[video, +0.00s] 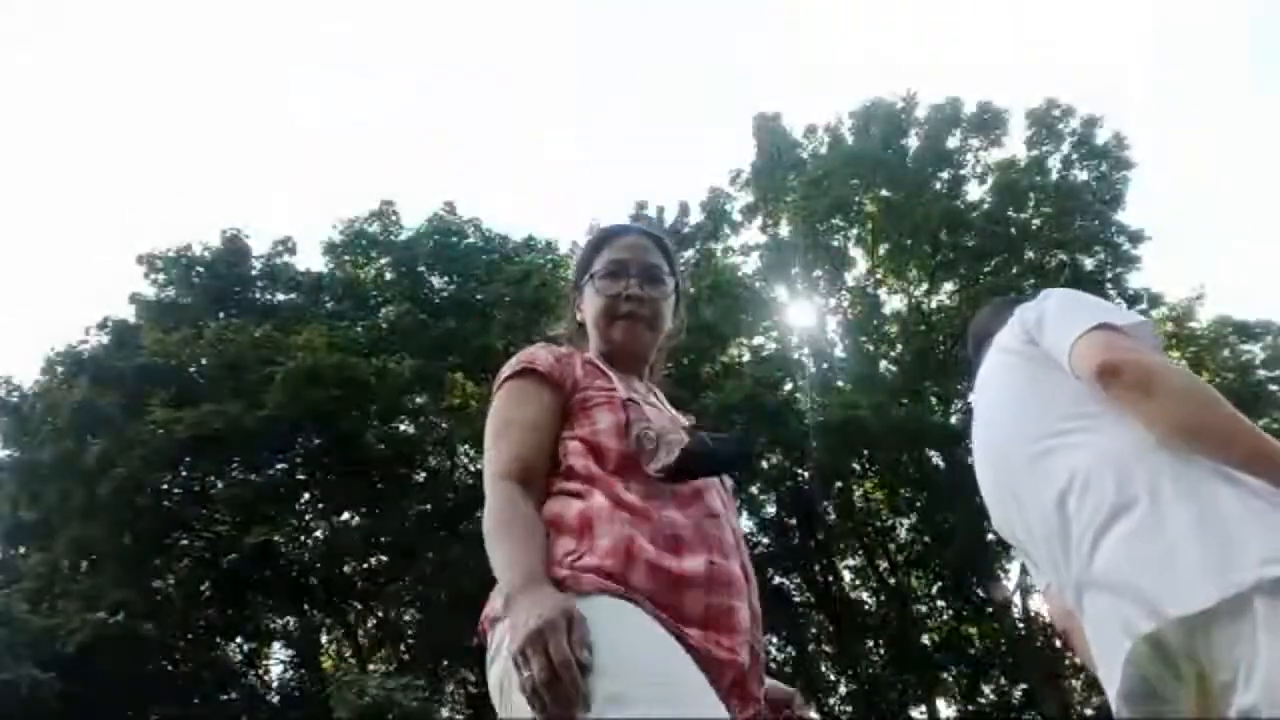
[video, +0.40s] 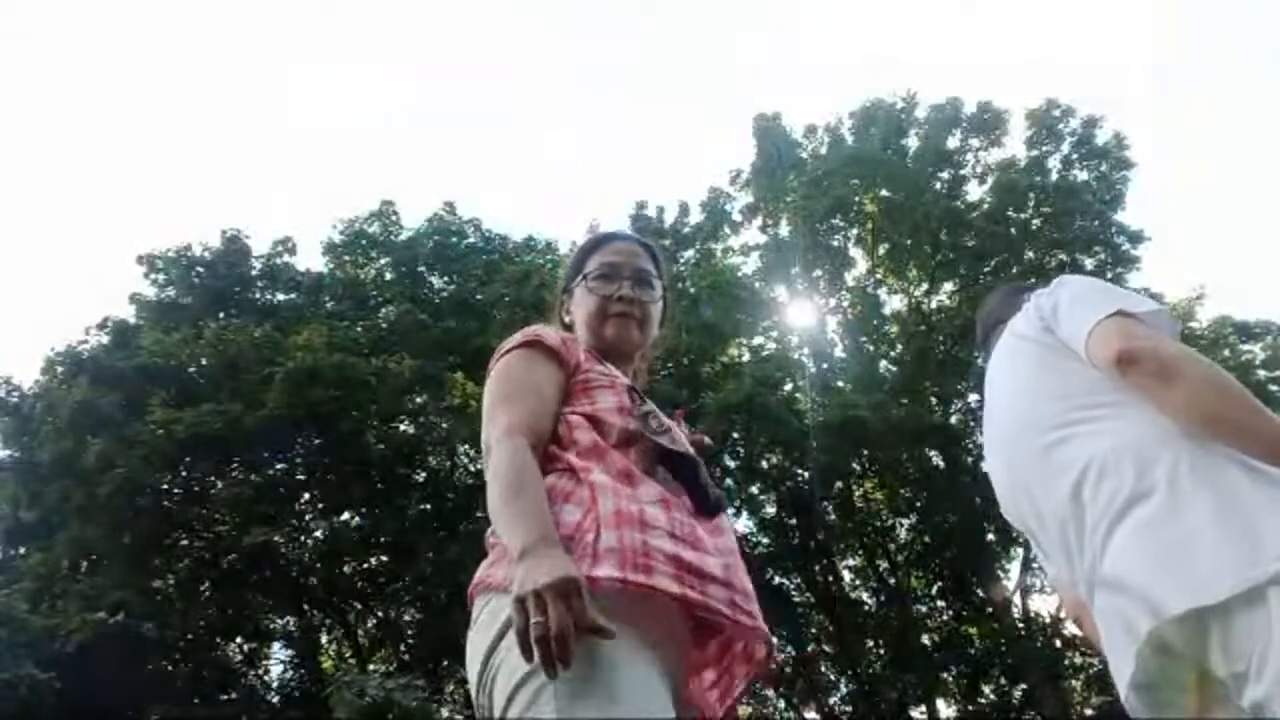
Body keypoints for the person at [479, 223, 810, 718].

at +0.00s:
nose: (632, 288)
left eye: (652, 277)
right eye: (612, 274)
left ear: (673, 308)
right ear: (580, 303)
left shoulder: (677, 421)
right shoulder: (549, 366)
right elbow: (510, 484)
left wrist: (749, 678)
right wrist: (526, 589)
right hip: (588, 613)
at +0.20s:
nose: (630, 295)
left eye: (648, 286)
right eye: (609, 282)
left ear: (668, 318)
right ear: (576, 310)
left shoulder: (678, 435)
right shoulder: (552, 360)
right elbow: (507, 460)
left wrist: (773, 669)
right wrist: (522, 554)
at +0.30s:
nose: (629, 292)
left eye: (646, 283)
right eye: (608, 279)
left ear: (663, 315)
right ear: (573, 306)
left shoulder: (662, 420)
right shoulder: (552, 352)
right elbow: (509, 445)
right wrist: (529, 549)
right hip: (581, 613)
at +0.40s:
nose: (626, 290)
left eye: (643, 282)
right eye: (604, 277)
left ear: (660, 315)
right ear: (569, 304)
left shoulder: (655, 420)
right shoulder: (547, 348)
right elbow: (509, 442)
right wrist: (536, 552)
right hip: (568, 615)